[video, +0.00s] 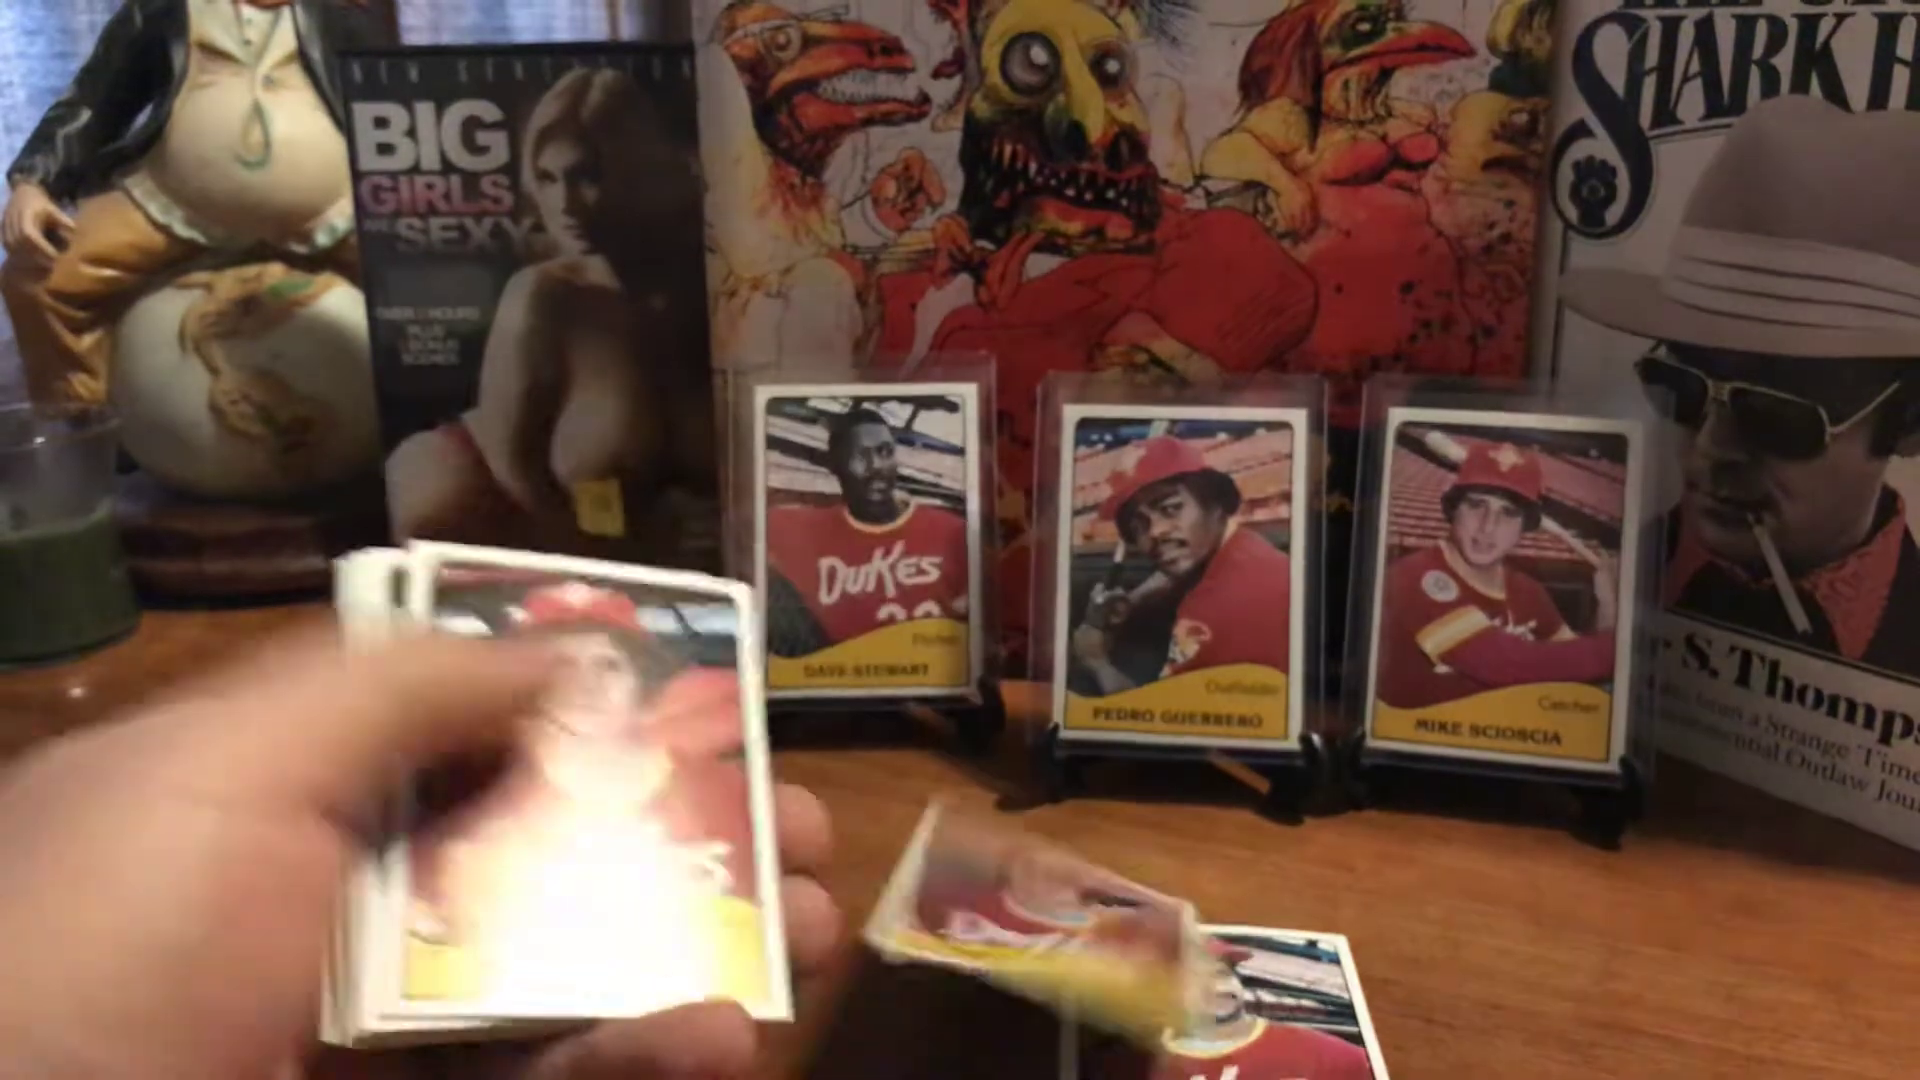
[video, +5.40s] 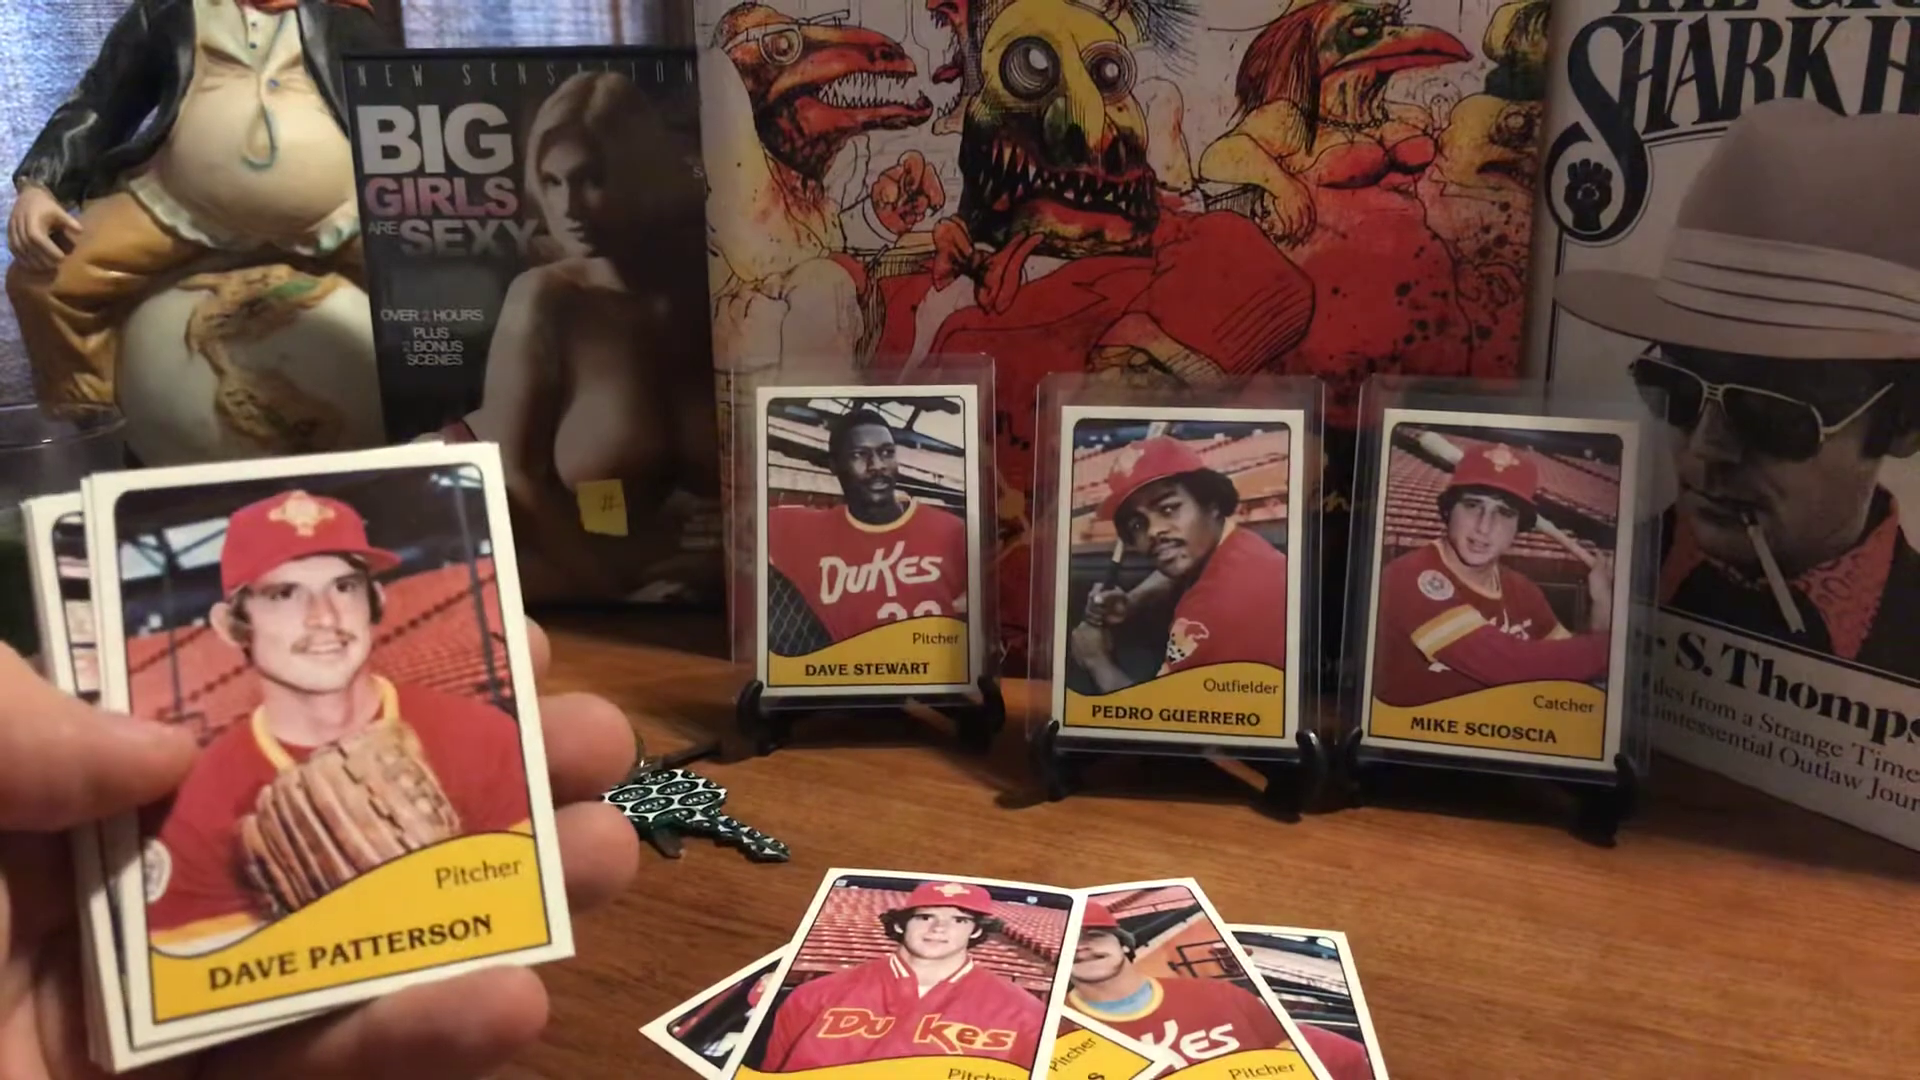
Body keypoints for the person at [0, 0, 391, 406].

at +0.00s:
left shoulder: (341, 17)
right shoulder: (157, 13)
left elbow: (395, 97)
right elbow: (93, 101)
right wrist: (30, 180)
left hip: (334, 212)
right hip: (172, 206)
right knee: (38, 277)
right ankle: (89, 446)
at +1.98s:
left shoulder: (346, 18)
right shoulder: (159, 14)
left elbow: (400, 99)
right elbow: (94, 102)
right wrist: (31, 182)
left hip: (335, 211)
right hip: (176, 205)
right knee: (39, 280)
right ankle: (93, 445)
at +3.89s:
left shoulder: (347, 15)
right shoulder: (159, 13)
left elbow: (394, 86)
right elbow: (101, 95)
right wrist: (34, 179)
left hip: (342, 208)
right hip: (179, 204)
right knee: (42, 277)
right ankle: (94, 436)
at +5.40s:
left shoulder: (349, 21)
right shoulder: (166, 13)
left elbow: (408, 106)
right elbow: (99, 103)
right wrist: (37, 184)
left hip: (342, 214)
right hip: (181, 208)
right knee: (44, 282)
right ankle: (102, 454)